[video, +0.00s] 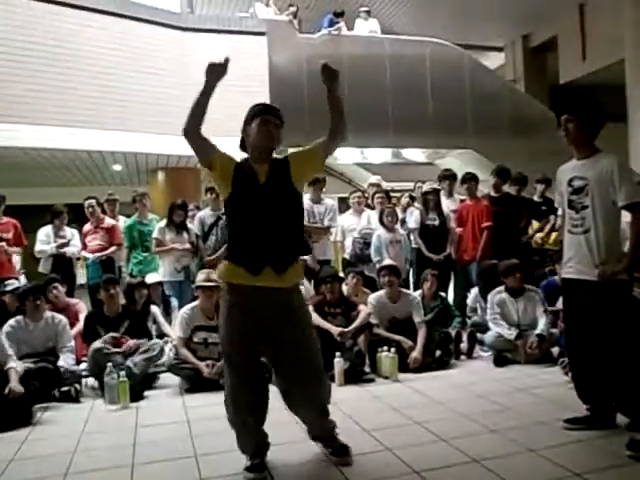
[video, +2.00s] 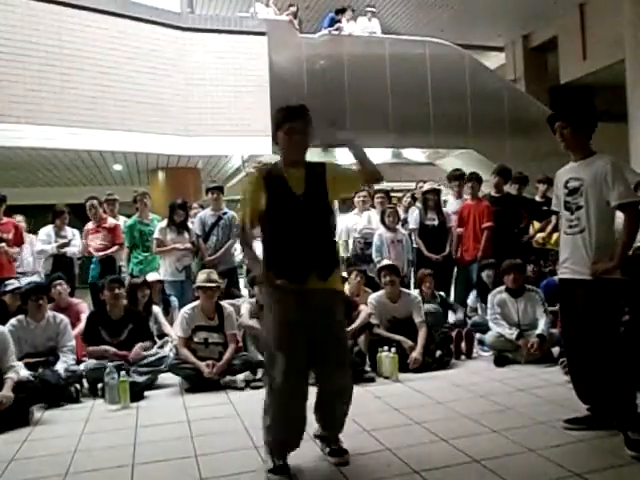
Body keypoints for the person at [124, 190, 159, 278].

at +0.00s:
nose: (144, 203)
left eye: (146, 200)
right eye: (140, 201)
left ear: (149, 202)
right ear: (135, 205)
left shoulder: (156, 221)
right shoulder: (130, 224)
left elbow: (159, 243)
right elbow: (127, 247)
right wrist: (124, 267)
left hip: (154, 266)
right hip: (136, 266)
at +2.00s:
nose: (144, 202)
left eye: (146, 199)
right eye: (140, 200)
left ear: (150, 202)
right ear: (136, 205)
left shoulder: (157, 221)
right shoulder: (131, 224)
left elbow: (161, 243)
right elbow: (127, 247)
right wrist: (124, 267)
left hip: (155, 266)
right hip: (137, 267)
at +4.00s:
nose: (148, 204)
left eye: (149, 201)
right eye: (144, 202)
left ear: (154, 204)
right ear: (139, 206)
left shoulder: (161, 222)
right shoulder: (134, 226)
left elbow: (165, 245)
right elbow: (131, 249)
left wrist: (168, 266)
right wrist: (130, 271)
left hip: (159, 268)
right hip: (142, 269)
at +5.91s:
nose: (147, 204)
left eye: (149, 201)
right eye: (144, 202)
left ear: (154, 203)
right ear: (139, 206)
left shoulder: (160, 222)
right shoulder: (134, 226)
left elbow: (165, 244)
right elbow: (131, 249)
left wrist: (168, 266)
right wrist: (129, 270)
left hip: (159, 268)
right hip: (141, 269)